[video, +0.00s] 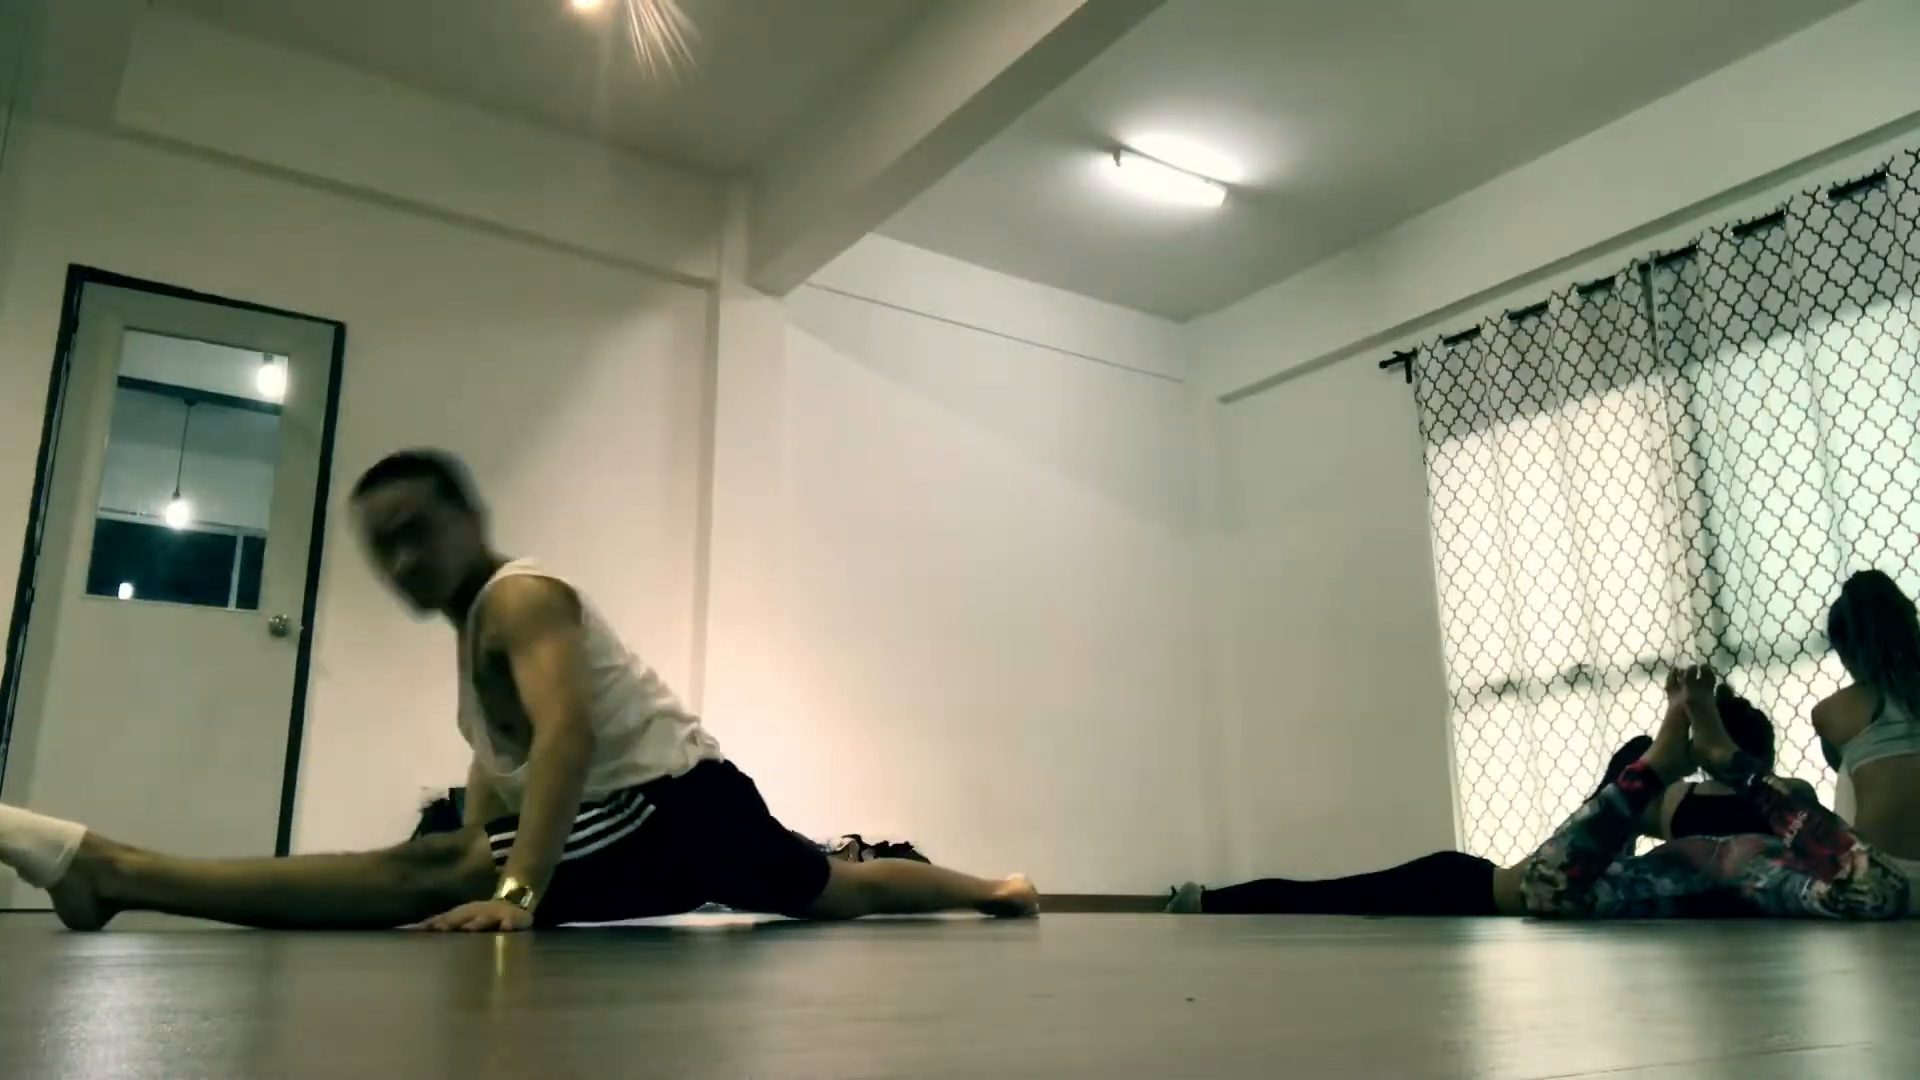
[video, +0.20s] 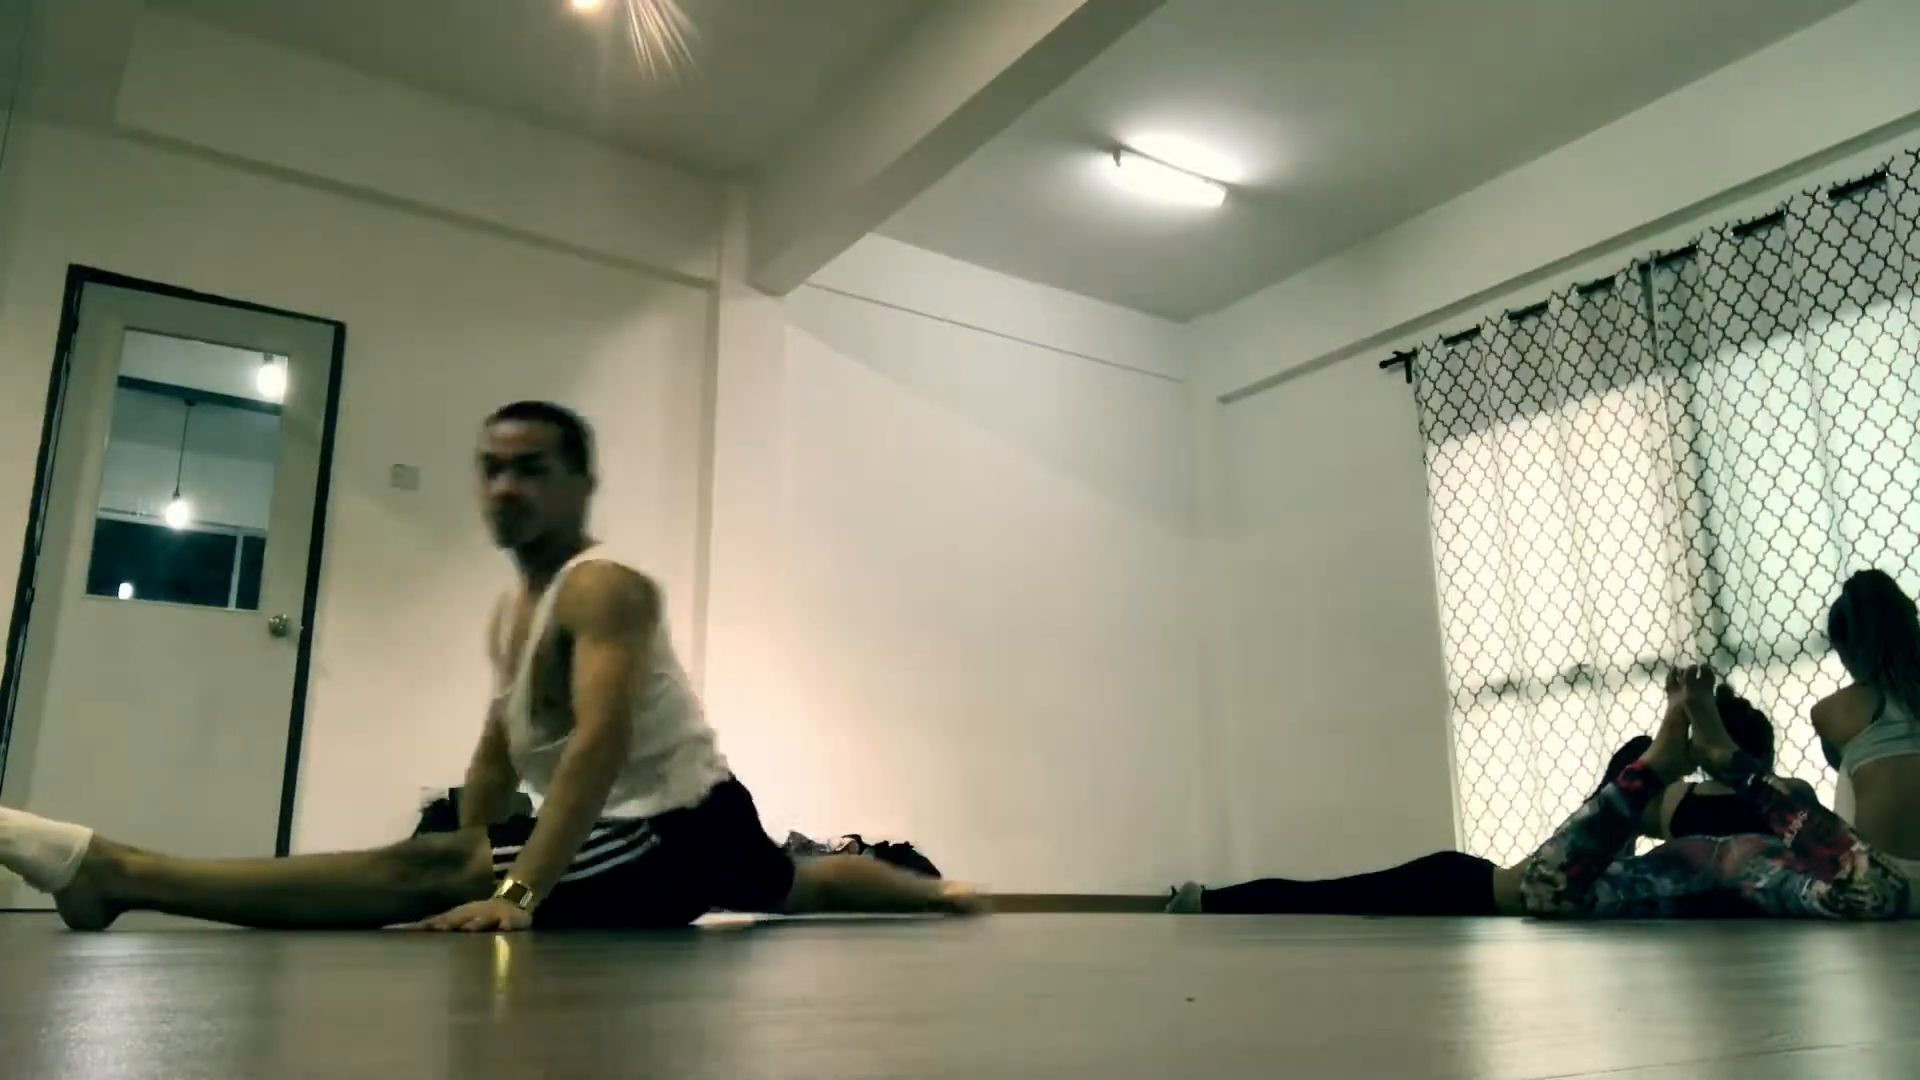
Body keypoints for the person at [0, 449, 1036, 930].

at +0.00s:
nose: (401, 561)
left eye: (414, 532)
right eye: (382, 549)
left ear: (471, 516)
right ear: (382, 565)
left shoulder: (520, 600)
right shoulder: (479, 646)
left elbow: (565, 739)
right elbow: (492, 778)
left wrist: (520, 886)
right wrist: (460, 870)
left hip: (675, 817)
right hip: (677, 820)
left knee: (413, 873)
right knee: (830, 886)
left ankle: (123, 877)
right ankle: (970, 889)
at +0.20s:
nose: (503, 487)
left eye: (528, 468)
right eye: (490, 472)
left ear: (582, 486)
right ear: (483, 494)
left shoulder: (602, 589)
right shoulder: (517, 612)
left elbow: (596, 748)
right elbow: (498, 750)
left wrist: (520, 890)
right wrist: (470, 852)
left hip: (653, 847)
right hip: (686, 834)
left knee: (409, 868)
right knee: (796, 876)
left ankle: (117, 876)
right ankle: (918, 886)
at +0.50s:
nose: (657, 488)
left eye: (677, 469)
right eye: (655, 471)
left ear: (736, 481)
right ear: (692, 484)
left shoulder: (727, 573)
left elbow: (635, 711)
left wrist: (527, 849)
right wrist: (536, 839)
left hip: (716, 856)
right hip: (712, 847)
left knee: (437, 869)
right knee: (445, 860)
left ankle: (139, 880)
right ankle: (145, 883)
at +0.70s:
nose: (727, 525)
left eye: (745, 506)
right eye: (725, 507)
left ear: (803, 516)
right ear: (750, 520)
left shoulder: (814, 612)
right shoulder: (764, 627)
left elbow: (768, 732)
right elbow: (731, 762)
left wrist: (622, 805)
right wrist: (612, 822)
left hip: (719, 859)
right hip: (686, 844)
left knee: (455, 861)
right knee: (452, 839)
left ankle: (154, 876)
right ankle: (173, 886)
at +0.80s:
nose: (753, 537)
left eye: (773, 519)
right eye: (752, 520)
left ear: (831, 531)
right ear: (773, 532)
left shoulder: (846, 623)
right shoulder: (780, 630)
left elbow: (832, 754)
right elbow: (754, 754)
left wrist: (693, 803)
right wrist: (668, 803)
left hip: (711, 856)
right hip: (680, 836)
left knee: (452, 862)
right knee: (447, 840)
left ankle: (164, 872)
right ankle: (167, 878)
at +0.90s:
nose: (785, 558)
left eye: (805, 542)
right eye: (786, 541)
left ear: (860, 555)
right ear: (809, 553)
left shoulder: (872, 644)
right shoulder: (795, 646)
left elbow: (865, 776)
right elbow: (756, 755)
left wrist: (749, 803)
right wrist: (680, 792)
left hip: (706, 842)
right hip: (673, 824)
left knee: (462, 861)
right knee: (441, 854)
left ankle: (183, 879)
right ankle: (176, 881)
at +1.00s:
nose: (830, 599)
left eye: (850, 588)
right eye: (832, 584)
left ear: (896, 607)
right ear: (843, 594)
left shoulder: (905, 696)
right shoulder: (820, 689)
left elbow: (880, 816)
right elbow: (777, 783)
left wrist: (763, 792)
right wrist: (692, 796)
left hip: (731, 850)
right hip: (693, 822)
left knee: (495, 840)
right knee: (454, 836)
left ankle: (189, 873)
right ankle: (178, 884)